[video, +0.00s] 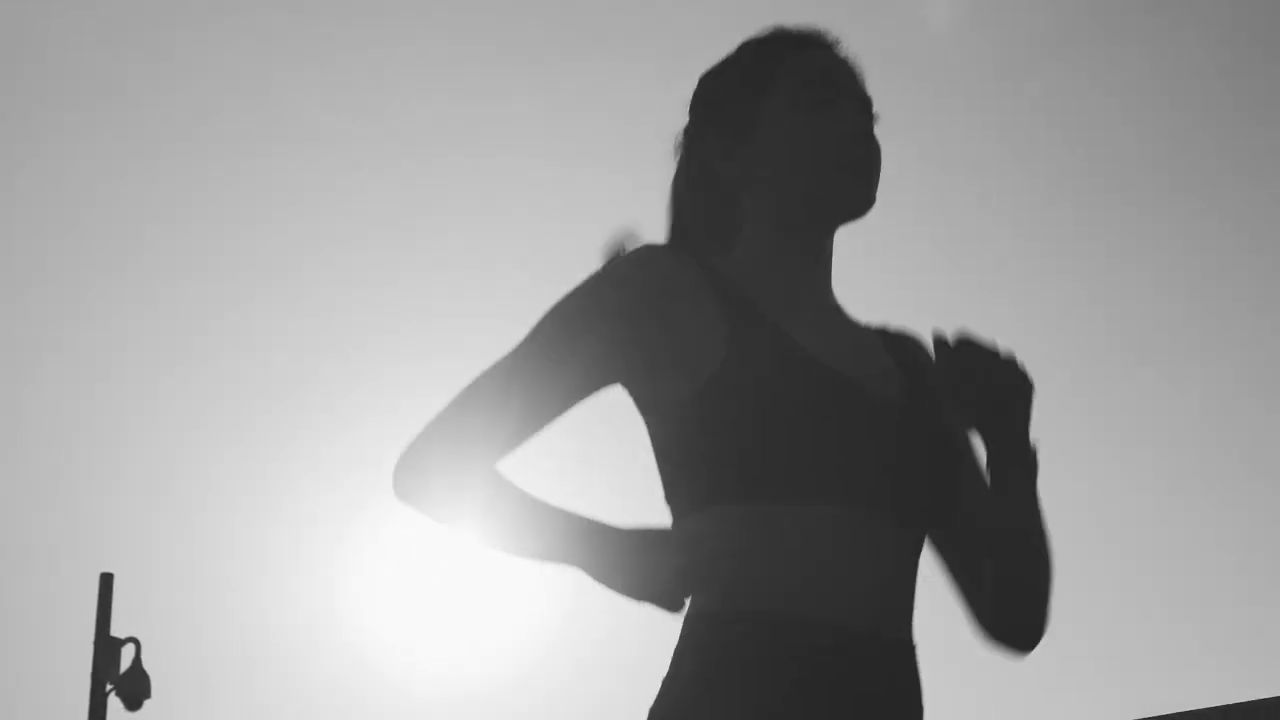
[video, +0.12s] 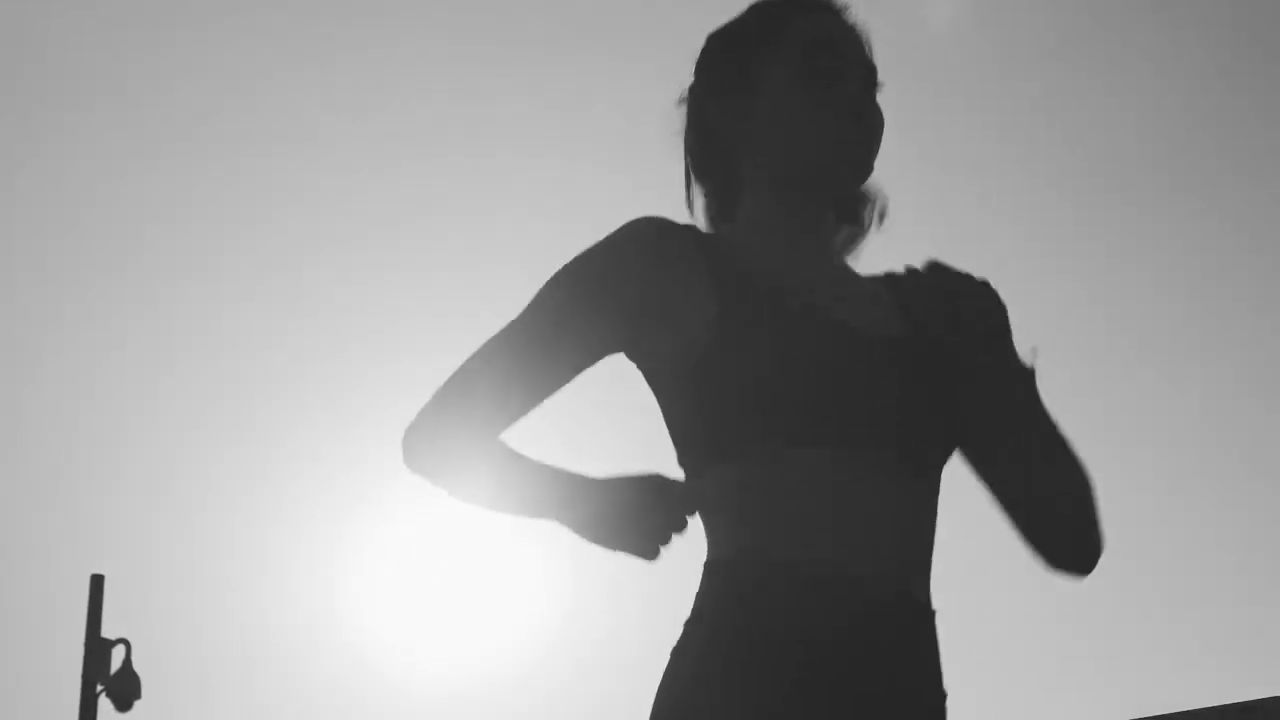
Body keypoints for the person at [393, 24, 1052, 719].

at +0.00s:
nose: (865, 129)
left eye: (866, 110)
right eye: (826, 102)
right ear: (741, 141)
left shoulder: (903, 367)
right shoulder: (660, 294)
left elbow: (1014, 619)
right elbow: (433, 469)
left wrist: (1010, 450)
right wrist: (620, 553)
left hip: (880, 694)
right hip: (731, 685)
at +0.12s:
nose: (863, 106)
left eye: (868, 84)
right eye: (825, 76)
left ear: (877, 117)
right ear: (734, 110)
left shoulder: (931, 321)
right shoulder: (660, 268)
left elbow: (1073, 544)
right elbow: (440, 439)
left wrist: (994, 362)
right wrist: (582, 499)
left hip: (897, 679)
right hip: (734, 672)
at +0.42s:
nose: (863, 110)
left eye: (868, 87)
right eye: (822, 80)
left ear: (881, 125)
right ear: (731, 116)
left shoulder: (918, 321)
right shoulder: (657, 291)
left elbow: (1075, 561)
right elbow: (473, 504)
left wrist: (970, 393)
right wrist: (625, 511)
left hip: (911, 684)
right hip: (750, 681)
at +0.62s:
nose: (851, 187)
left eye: (860, 169)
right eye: (813, 160)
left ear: (869, 207)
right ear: (719, 198)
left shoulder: (907, 409)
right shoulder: (660, 379)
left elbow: (954, 698)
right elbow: (515, 649)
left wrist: (997, 589)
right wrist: (750, 593)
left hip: (890, 709)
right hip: (751, 703)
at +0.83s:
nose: (854, 214)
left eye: (863, 194)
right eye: (815, 184)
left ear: (869, 220)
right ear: (723, 215)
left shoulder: (877, 431)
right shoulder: (674, 387)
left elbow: (844, 674)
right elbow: (633, 661)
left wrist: (936, 682)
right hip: (725, 708)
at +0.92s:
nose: (857, 195)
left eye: (862, 179)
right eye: (820, 174)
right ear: (726, 207)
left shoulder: (858, 418)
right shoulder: (677, 365)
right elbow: (673, 614)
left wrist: (908, 661)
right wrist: (909, 489)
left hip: (861, 708)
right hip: (730, 702)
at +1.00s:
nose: (852, 187)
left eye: (858, 167)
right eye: (818, 164)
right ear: (736, 186)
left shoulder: (814, 381)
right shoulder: (683, 326)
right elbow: (706, 561)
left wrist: (891, 637)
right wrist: (920, 448)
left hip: (857, 700)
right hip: (745, 696)